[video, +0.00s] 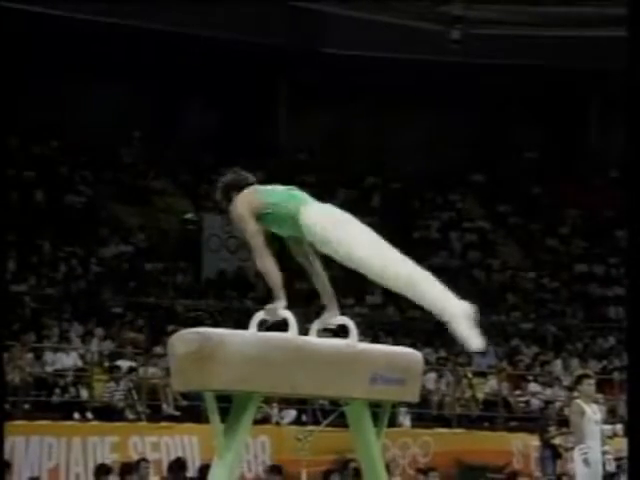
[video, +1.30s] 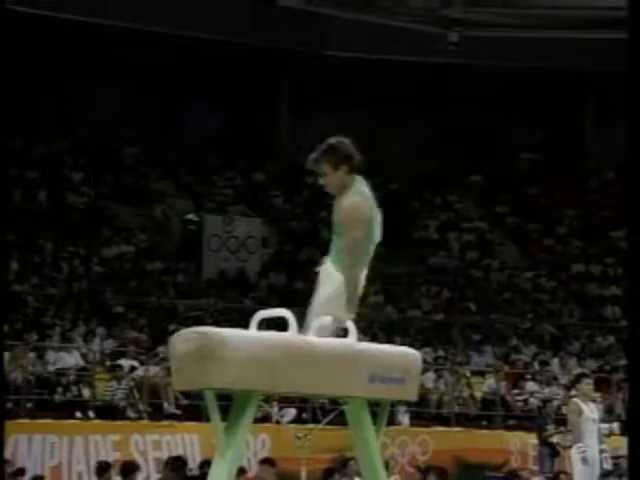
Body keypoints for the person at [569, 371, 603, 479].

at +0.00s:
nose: (592, 388)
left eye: (593, 385)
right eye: (588, 385)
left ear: (595, 386)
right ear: (579, 387)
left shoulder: (594, 406)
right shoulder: (577, 405)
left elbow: (596, 429)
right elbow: (577, 430)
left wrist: (614, 430)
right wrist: (583, 453)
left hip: (596, 449)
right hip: (585, 450)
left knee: (597, 474)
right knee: (585, 475)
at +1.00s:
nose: (590, 387)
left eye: (591, 384)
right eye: (586, 384)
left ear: (593, 386)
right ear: (577, 387)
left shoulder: (592, 405)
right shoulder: (575, 404)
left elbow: (594, 428)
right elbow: (574, 429)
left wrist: (610, 428)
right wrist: (580, 452)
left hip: (594, 448)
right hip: (583, 450)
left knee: (594, 474)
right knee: (583, 475)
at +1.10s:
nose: (590, 387)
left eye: (591, 384)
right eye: (586, 384)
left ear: (594, 386)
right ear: (577, 387)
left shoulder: (592, 405)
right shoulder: (574, 404)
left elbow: (596, 429)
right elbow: (574, 428)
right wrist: (580, 450)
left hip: (594, 449)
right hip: (583, 450)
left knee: (594, 474)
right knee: (583, 475)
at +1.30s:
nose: (591, 388)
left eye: (591, 384)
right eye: (587, 384)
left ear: (594, 386)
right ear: (577, 387)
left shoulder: (592, 405)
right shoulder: (574, 404)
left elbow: (595, 430)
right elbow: (574, 428)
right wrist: (580, 450)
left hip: (594, 449)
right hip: (583, 451)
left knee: (594, 474)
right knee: (583, 475)